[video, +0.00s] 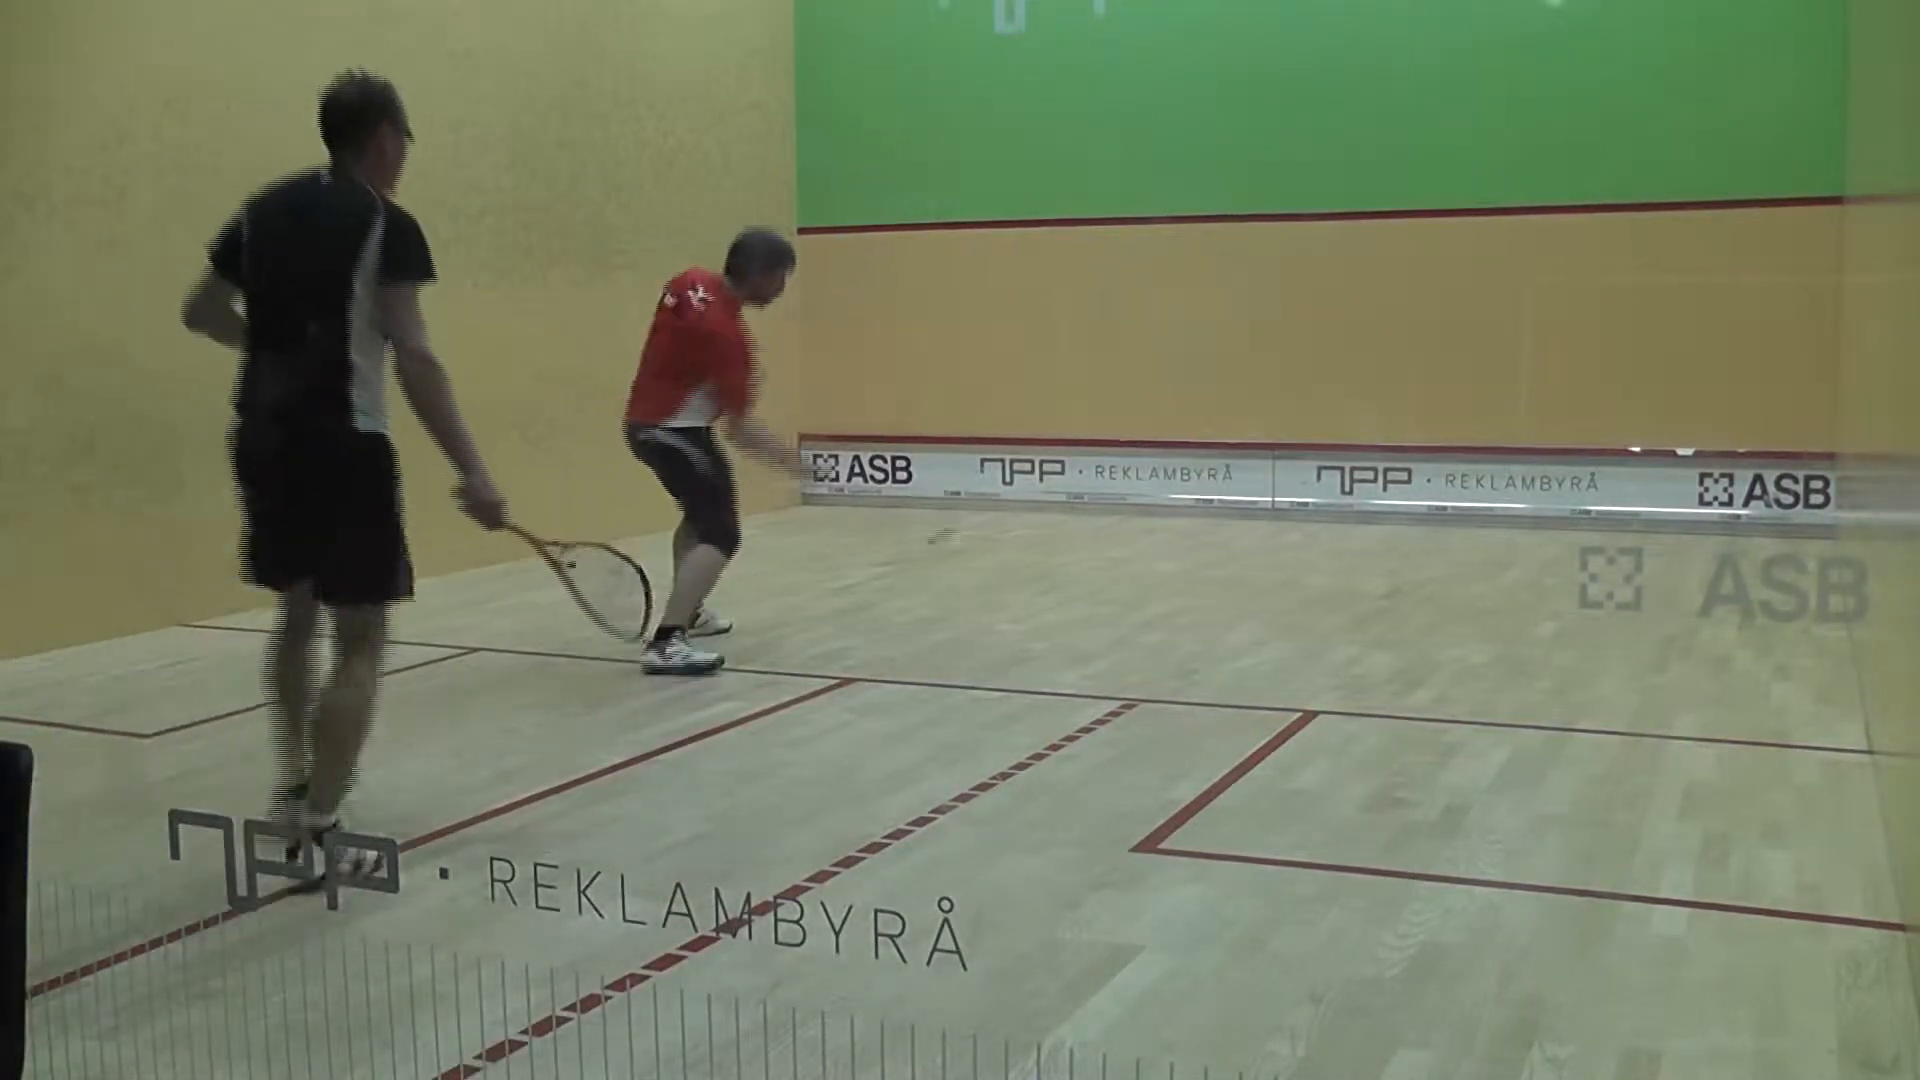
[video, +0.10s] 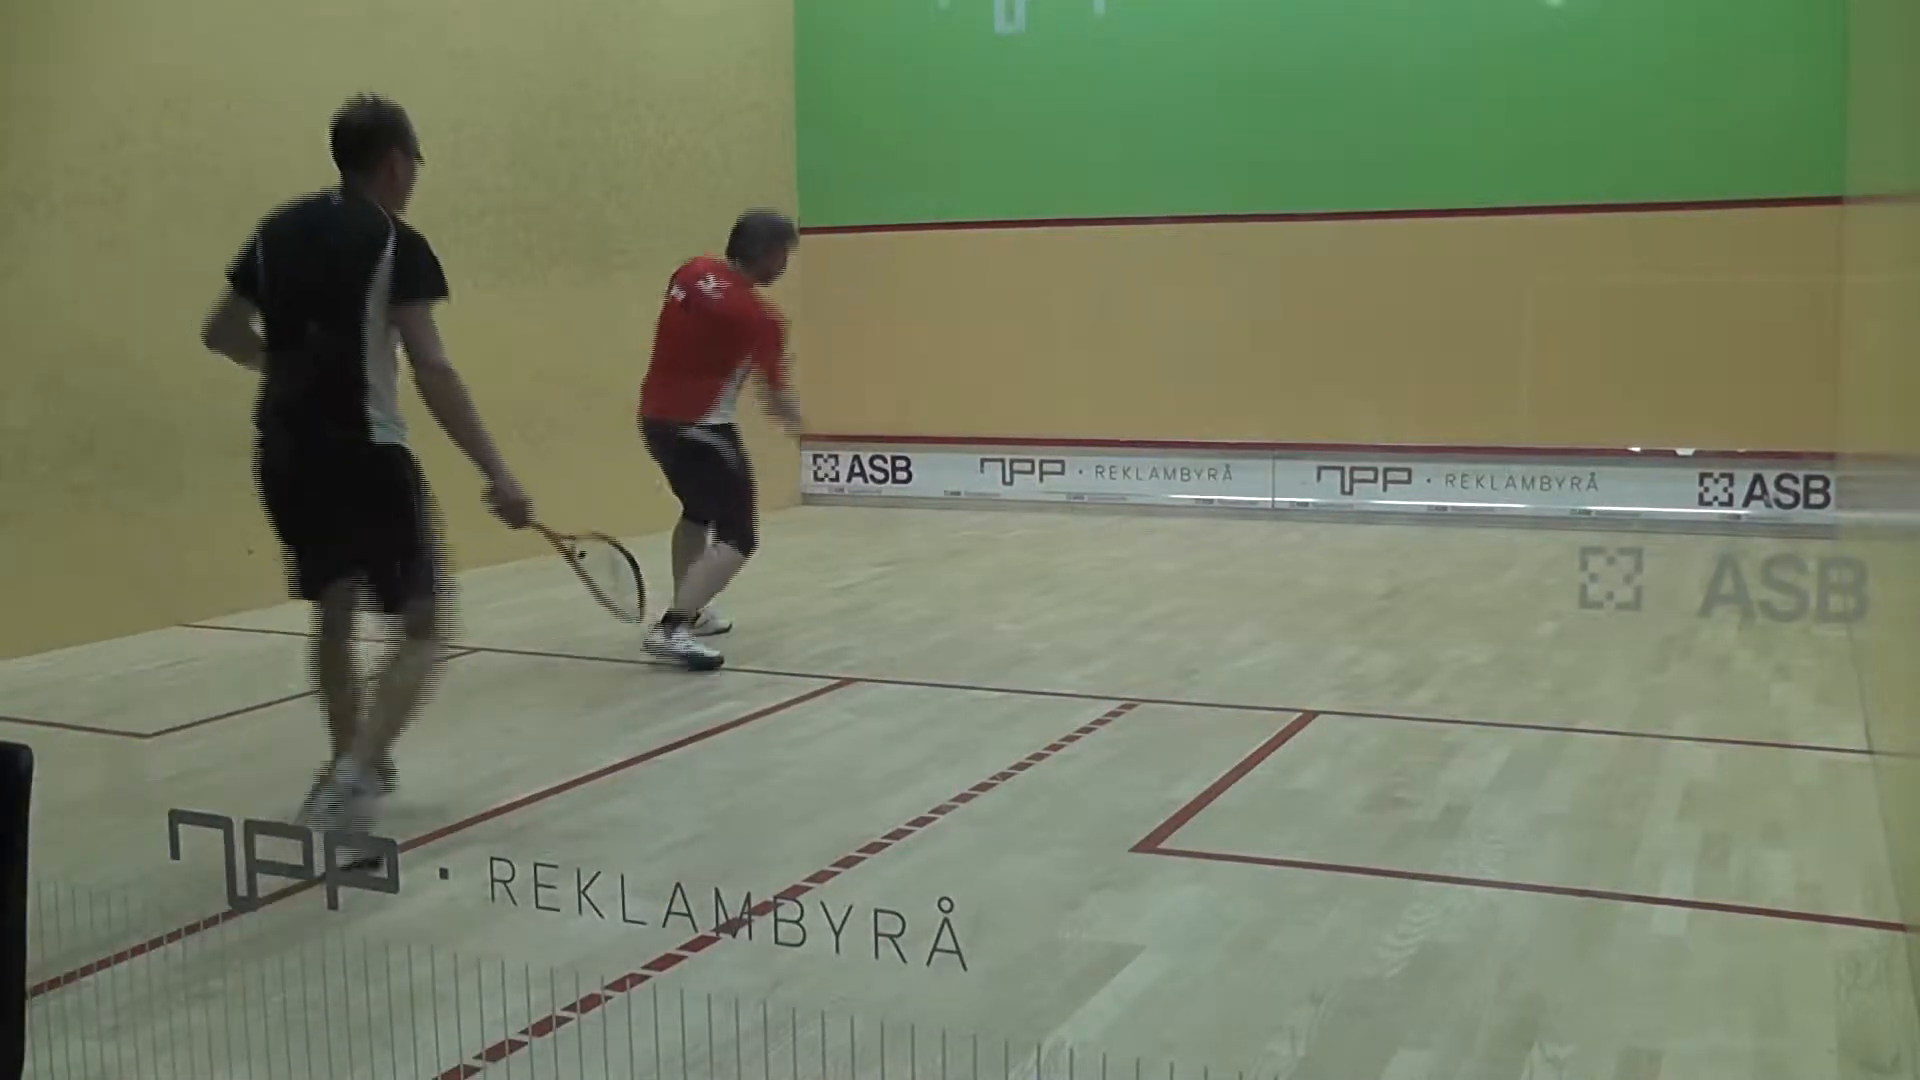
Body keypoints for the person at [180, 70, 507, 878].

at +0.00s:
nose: (407, 155)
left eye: (405, 140)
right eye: (404, 140)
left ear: (332, 140)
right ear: (383, 140)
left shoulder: (268, 210)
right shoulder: (387, 225)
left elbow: (203, 309)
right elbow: (414, 357)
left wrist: (275, 345)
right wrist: (472, 472)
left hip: (265, 448)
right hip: (350, 452)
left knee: (296, 614)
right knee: (359, 639)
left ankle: (300, 781)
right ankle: (318, 819)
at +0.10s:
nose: (414, 177)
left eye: (413, 162)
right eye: (410, 162)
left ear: (343, 162)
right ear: (390, 164)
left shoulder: (281, 230)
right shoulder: (397, 245)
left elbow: (223, 330)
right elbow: (432, 371)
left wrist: (291, 362)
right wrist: (496, 472)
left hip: (288, 458)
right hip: (368, 455)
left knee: (334, 609)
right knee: (423, 626)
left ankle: (346, 768)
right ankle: (355, 780)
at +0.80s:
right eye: (314, 267)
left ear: (267, 272)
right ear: (320, 271)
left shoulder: (250, 321)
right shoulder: (351, 323)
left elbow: (227, 402)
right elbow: (372, 408)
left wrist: (244, 484)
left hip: (292, 491)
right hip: (376, 484)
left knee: (232, 612)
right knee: (467, 609)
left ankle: (220, 766)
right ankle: (552, 746)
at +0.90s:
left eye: (215, 272)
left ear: (213, 277)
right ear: (263, 277)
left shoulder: (204, 318)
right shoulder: (294, 320)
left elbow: (189, 395)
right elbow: (321, 401)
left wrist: (196, 486)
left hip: (273, 470)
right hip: (350, 465)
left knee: (212, 607)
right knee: (431, 609)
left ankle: (217, 767)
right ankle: (526, 741)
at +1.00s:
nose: (228, 268)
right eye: (225, 259)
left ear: (169, 267)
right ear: (221, 259)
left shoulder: (162, 301)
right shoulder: (256, 298)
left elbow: (144, 371)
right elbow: (285, 379)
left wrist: (141, 484)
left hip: (237, 459)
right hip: (316, 449)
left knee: (205, 610)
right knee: (366, 594)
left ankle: (217, 764)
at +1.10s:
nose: (226, 254)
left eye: (220, 248)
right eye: (223, 246)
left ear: (162, 251)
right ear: (216, 246)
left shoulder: (149, 283)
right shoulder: (246, 286)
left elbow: (127, 354)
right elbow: (242, 396)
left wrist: (115, 470)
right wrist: (182, 483)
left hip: (217, 445)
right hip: (295, 436)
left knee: (196, 606)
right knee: (325, 580)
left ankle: (215, 759)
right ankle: (347, 726)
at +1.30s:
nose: (235, 236)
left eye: (233, 226)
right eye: (232, 226)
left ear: (173, 228)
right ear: (216, 225)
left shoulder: (140, 264)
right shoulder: (253, 286)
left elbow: (96, 333)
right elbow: (251, 374)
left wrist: (75, 439)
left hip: (168, 445)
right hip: (243, 448)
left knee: (137, 596)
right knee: (205, 590)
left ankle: (196, 731)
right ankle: (163, 732)